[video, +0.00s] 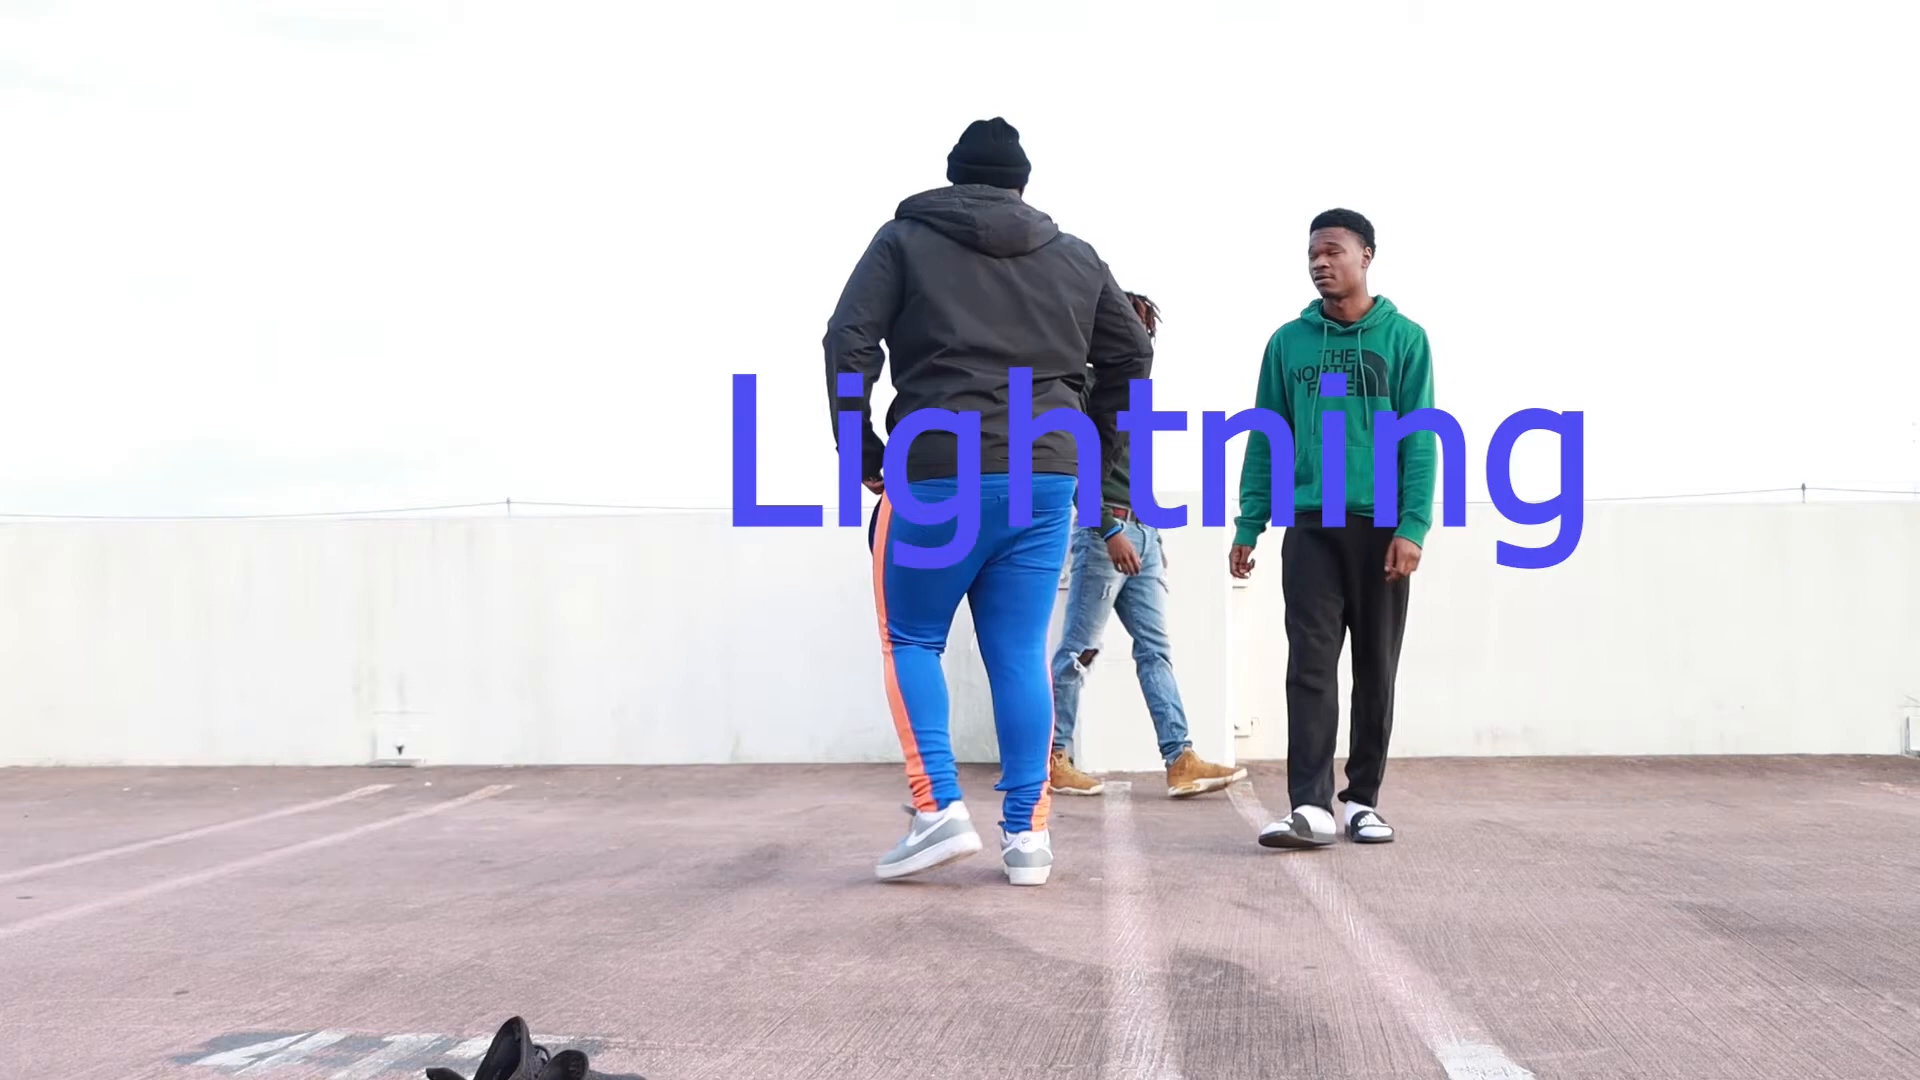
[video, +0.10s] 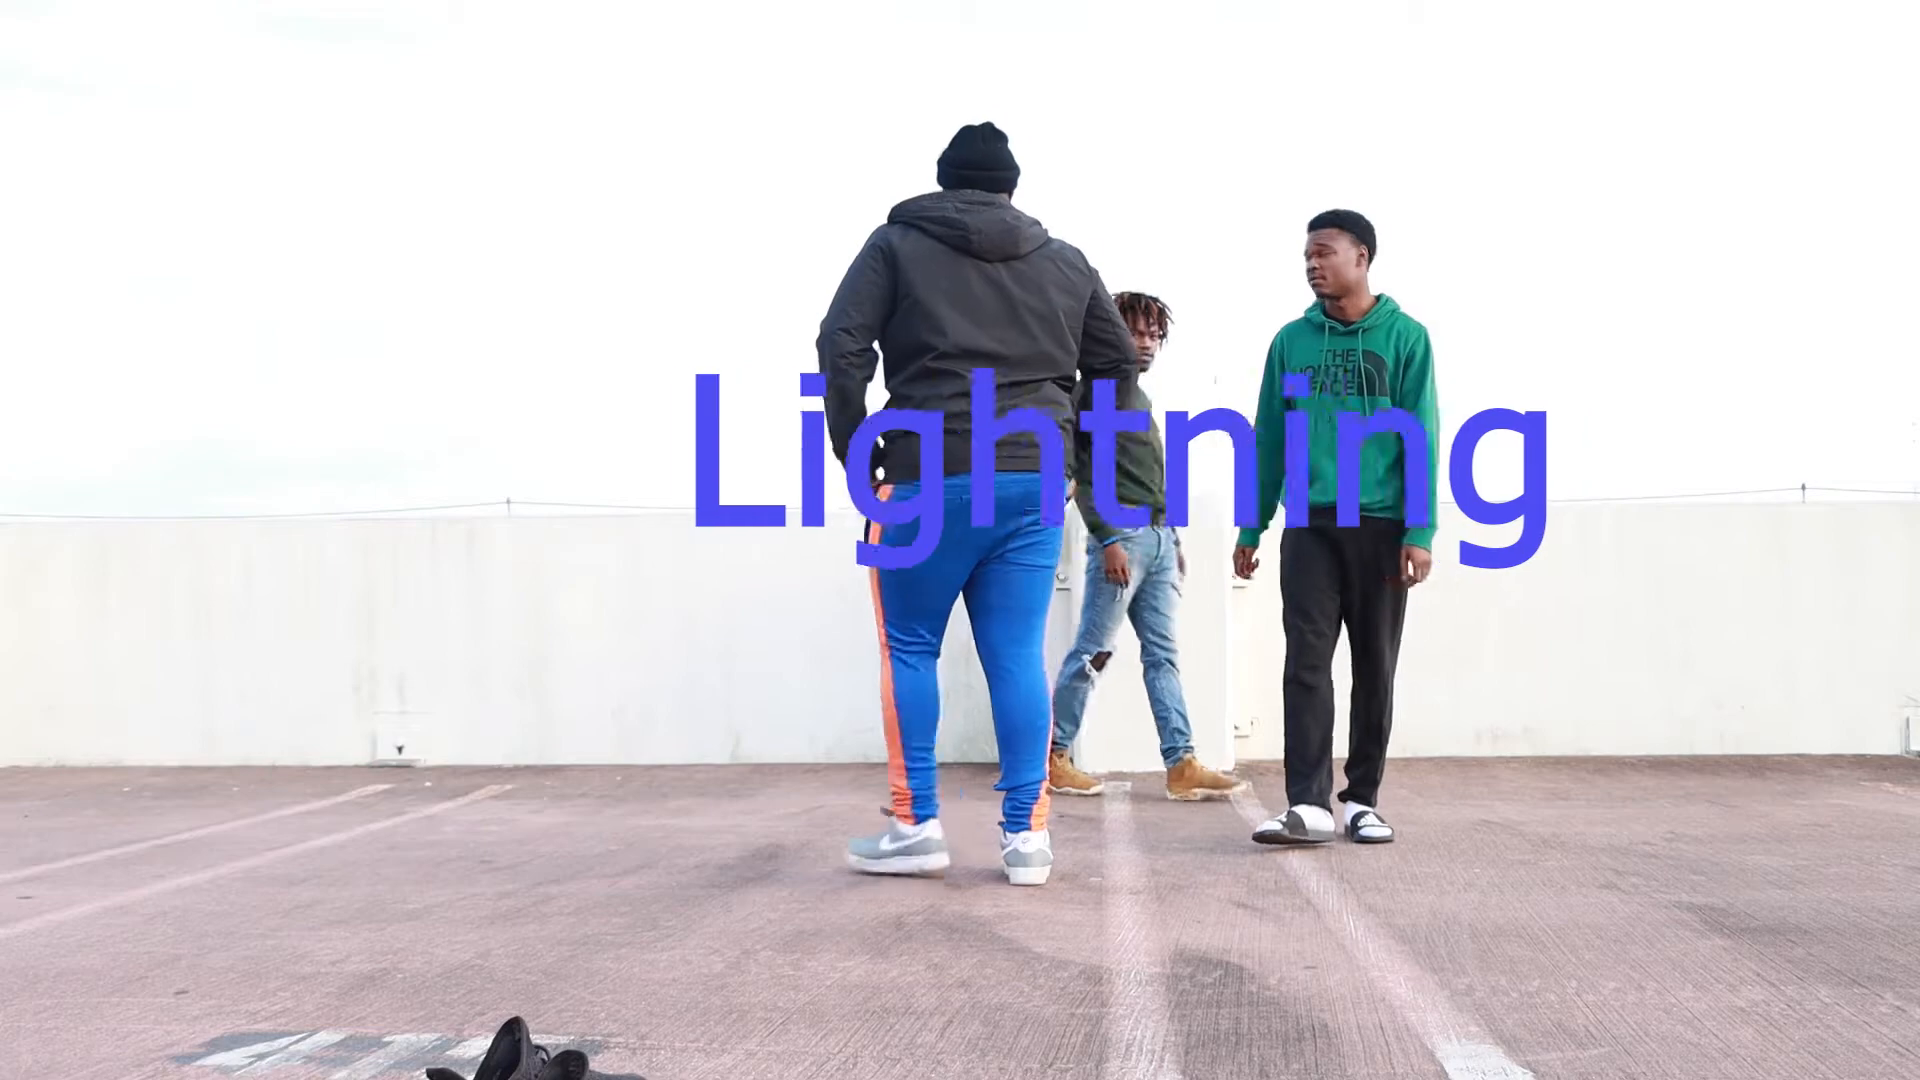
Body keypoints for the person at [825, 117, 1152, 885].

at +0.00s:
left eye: (967, 174)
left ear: (952, 176)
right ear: (1022, 182)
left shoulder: (905, 240)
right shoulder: (1075, 256)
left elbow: (849, 339)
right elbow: (1128, 352)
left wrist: (862, 453)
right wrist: (1089, 437)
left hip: (939, 466)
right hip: (1046, 469)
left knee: (915, 637)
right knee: (1022, 651)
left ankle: (938, 808)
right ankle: (1025, 835)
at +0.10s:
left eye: (956, 180)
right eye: (997, 185)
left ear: (942, 181)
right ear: (1011, 186)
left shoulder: (897, 243)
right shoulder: (1064, 261)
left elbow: (843, 343)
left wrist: (858, 458)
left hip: (929, 474)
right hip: (1030, 474)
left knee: (910, 642)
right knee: (1018, 650)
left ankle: (915, 824)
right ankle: (1026, 835)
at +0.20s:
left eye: (936, 189)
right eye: (979, 191)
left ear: (922, 191)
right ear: (991, 195)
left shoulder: (880, 256)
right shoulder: (1045, 270)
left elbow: (830, 352)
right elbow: (1092, 374)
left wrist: (845, 455)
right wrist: (1063, 463)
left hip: (923, 481)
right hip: (1024, 484)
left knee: (906, 653)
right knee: (1011, 654)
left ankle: (877, 815)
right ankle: (1025, 834)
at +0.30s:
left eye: (906, 199)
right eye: (948, 202)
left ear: (896, 202)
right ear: (964, 204)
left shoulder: (855, 270)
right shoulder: (1019, 278)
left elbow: (810, 376)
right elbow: (1066, 389)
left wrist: (829, 478)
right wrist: (1030, 468)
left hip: (903, 492)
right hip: (1006, 493)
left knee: (890, 661)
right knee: (997, 657)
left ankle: (870, 821)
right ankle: (1021, 831)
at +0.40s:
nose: (881, 221)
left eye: (873, 208)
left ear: (867, 212)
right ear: (933, 212)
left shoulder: (827, 285)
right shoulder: (991, 285)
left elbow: (790, 394)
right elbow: (1038, 394)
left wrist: (811, 505)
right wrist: (1015, 492)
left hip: (874, 503)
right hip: (977, 502)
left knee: (873, 662)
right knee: (976, 655)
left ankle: (868, 822)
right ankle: (1016, 808)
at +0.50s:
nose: (859, 224)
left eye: (843, 212)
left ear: (839, 215)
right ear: (904, 212)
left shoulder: (804, 290)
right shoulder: (965, 285)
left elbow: (770, 405)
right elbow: (1007, 394)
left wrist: (786, 503)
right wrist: (987, 483)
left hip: (856, 499)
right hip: (951, 500)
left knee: (861, 659)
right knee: (951, 648)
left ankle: (867, 821)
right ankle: (1000, 770)